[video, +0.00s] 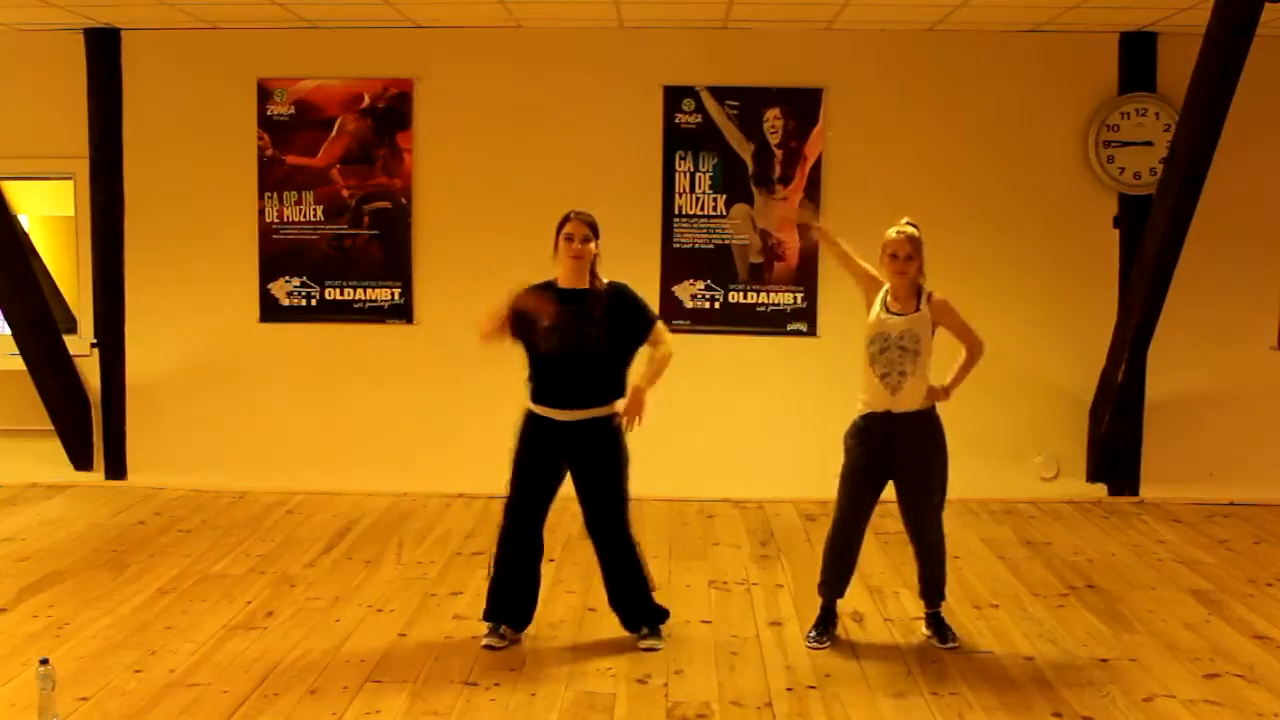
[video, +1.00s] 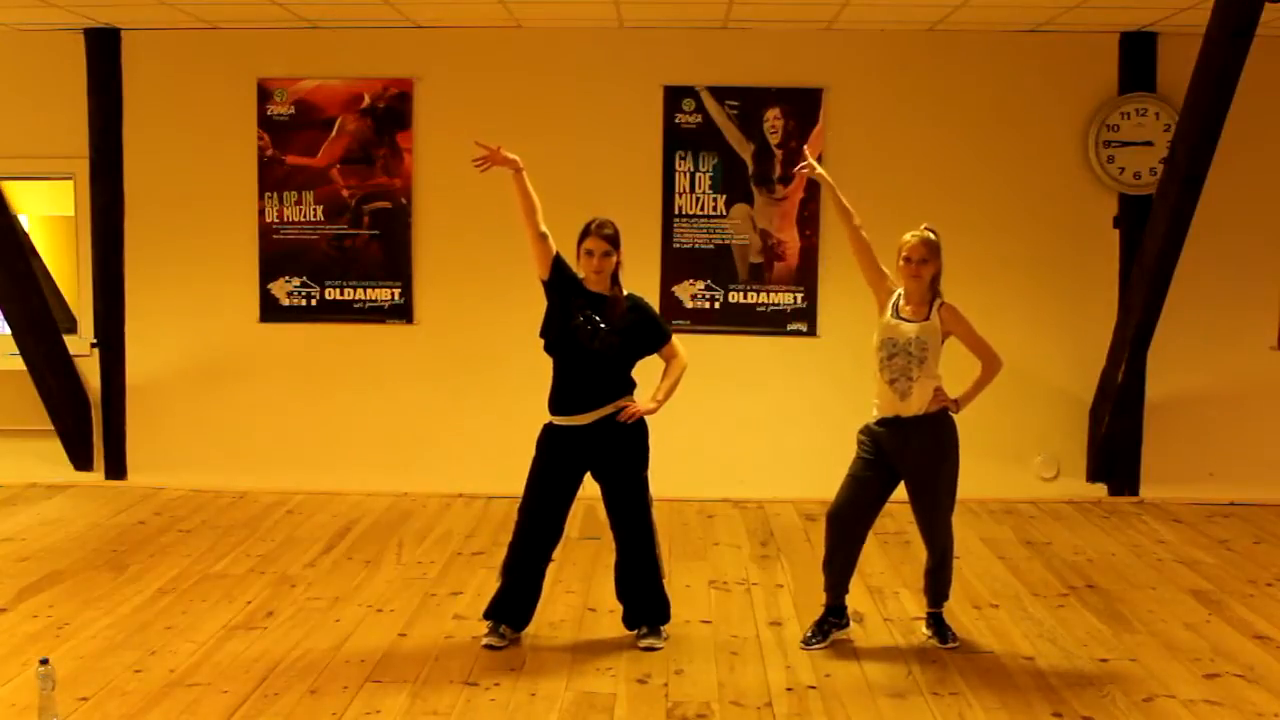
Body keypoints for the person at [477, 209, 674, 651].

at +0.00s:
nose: (578, 244)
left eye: (586, 239)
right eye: (569, 238)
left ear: (597, 249)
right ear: (556, 246)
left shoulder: (619, 300)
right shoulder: (532, 300)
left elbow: (664, 346)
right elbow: (489, 336)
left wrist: (641, 390)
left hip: (599, 430)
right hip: (543, 428)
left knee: (611, 527)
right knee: (520, 523)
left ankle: (643, 620)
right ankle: (505, 620)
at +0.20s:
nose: (586, 252)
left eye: (595, 245)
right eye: (579, 245)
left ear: (607, 253)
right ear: (567, 252)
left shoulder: (625, 306)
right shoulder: (549, 295)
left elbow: (673, 350)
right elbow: (506, 245)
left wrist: (651, 393)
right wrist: (491, 185)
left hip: (620, 429)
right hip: (565, 434)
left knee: (634, 527)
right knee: (537, 527)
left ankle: (647, 620)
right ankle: (507, 619)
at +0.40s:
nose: (591, 255)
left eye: (600, 248)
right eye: (584, 248)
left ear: (612, 255)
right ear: (573, 253)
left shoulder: (630, 307)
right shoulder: (556, 293)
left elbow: (676, 355)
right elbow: (528, 233)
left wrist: (653, 398)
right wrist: (508, 172)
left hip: (619, 431)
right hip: (563, 435)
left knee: (635, 530)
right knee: (533, 529)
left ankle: (648, 621)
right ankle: (506, 621)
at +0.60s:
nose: (593, 259)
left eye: (602, 252)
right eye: (587, 251)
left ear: (615, 258)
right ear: (576, 255)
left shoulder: (631, 309)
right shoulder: (559, 292)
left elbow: (677, 358)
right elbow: (533, 231)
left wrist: (654, 400)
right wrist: (515, 172)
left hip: (619, 431)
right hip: (562, 434)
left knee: (633, 529)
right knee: (534, 528)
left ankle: (648, 621)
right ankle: (506, 620)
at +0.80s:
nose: (594, 261)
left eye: (603, 254)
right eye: (588, 253)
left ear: (617, 258)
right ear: (578, 255)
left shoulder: (633, 310)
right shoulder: (561, 292)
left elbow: (677, 360)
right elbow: (535, 231)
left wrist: (653, 401)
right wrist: (515, 171)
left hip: (619, 432)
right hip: (562, 434)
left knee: (633, 528)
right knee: (534, 528)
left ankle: (649, 620)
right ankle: (506, 620)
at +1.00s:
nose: (595, 261)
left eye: (603, 254)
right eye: (589, 253)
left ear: (617, 259)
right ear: (578, 256)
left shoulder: (634, 311)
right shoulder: (563, 292)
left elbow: (677, 361)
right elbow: (537, 230)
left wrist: (653, 401)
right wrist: (517, 171)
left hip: (619, 432)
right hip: (563, 434)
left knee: (634, 529)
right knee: (534, 528)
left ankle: (649, 620)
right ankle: (506, 620)